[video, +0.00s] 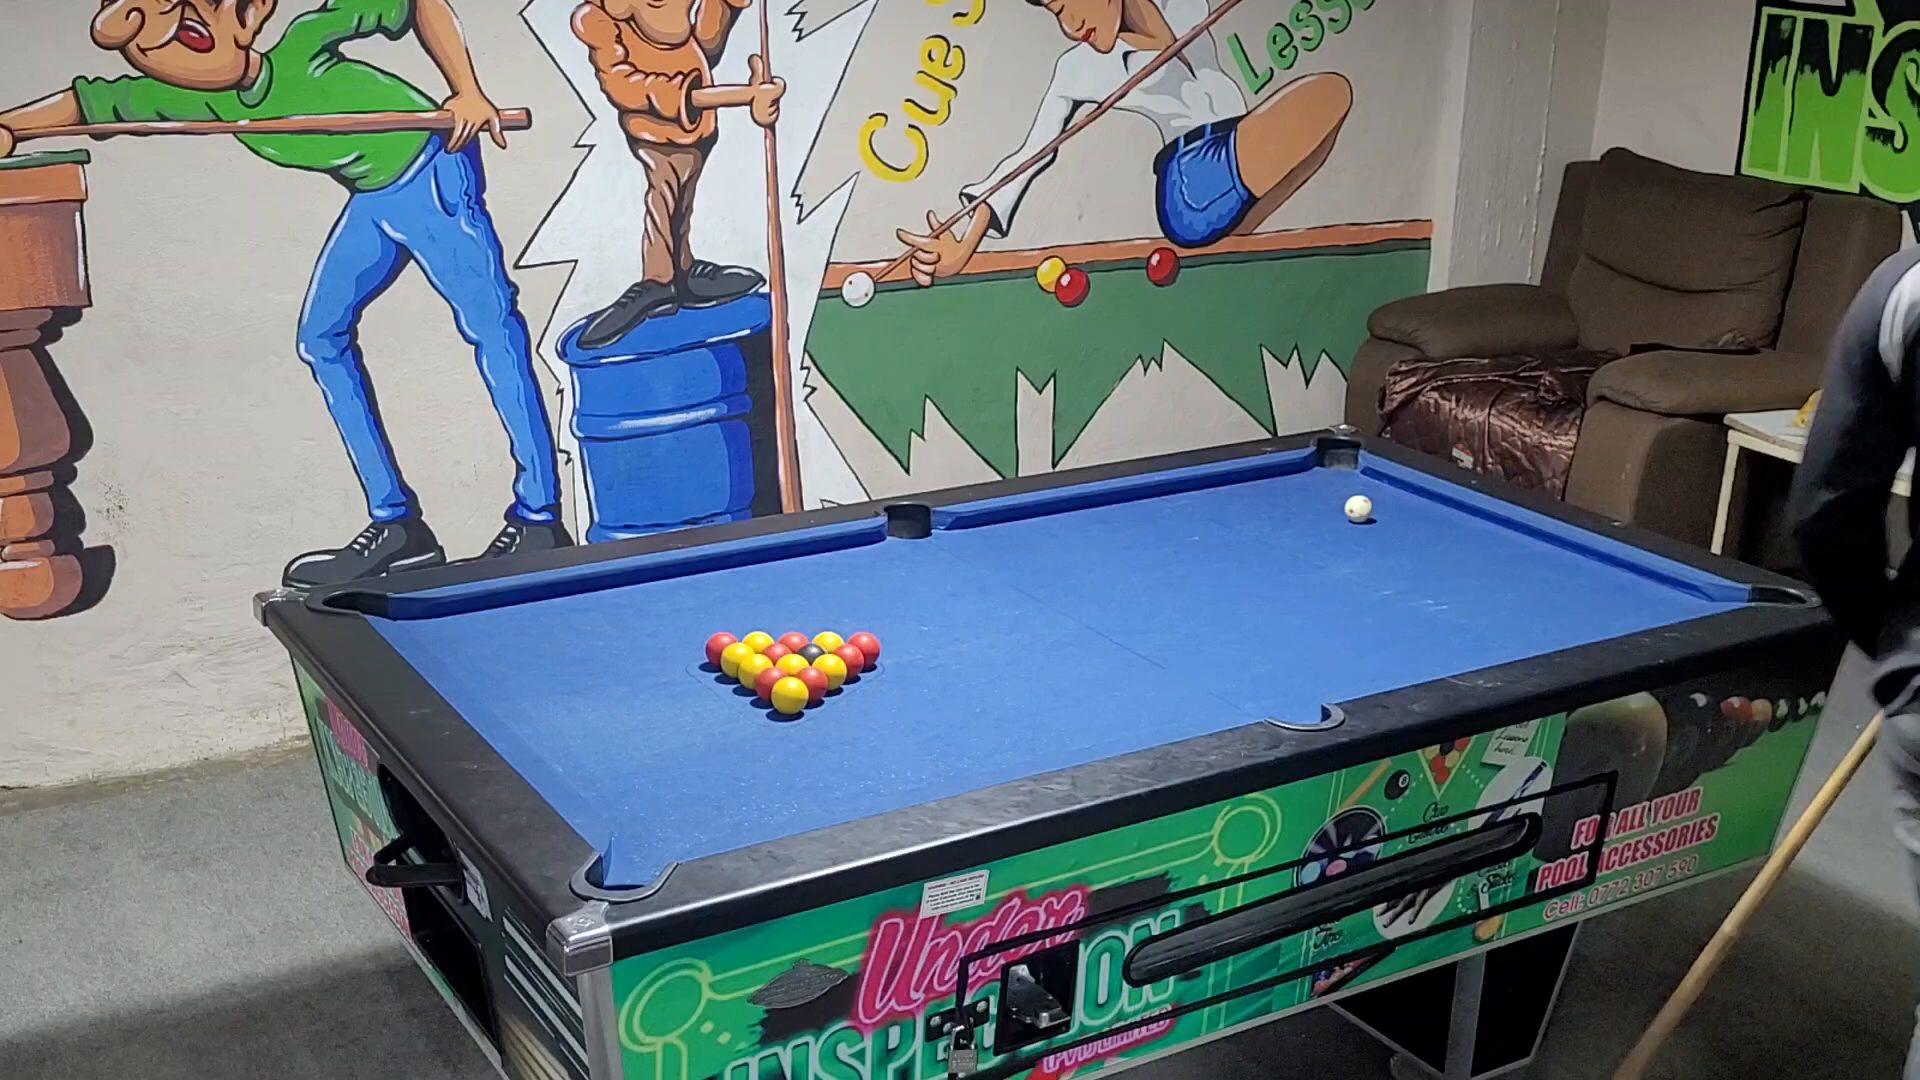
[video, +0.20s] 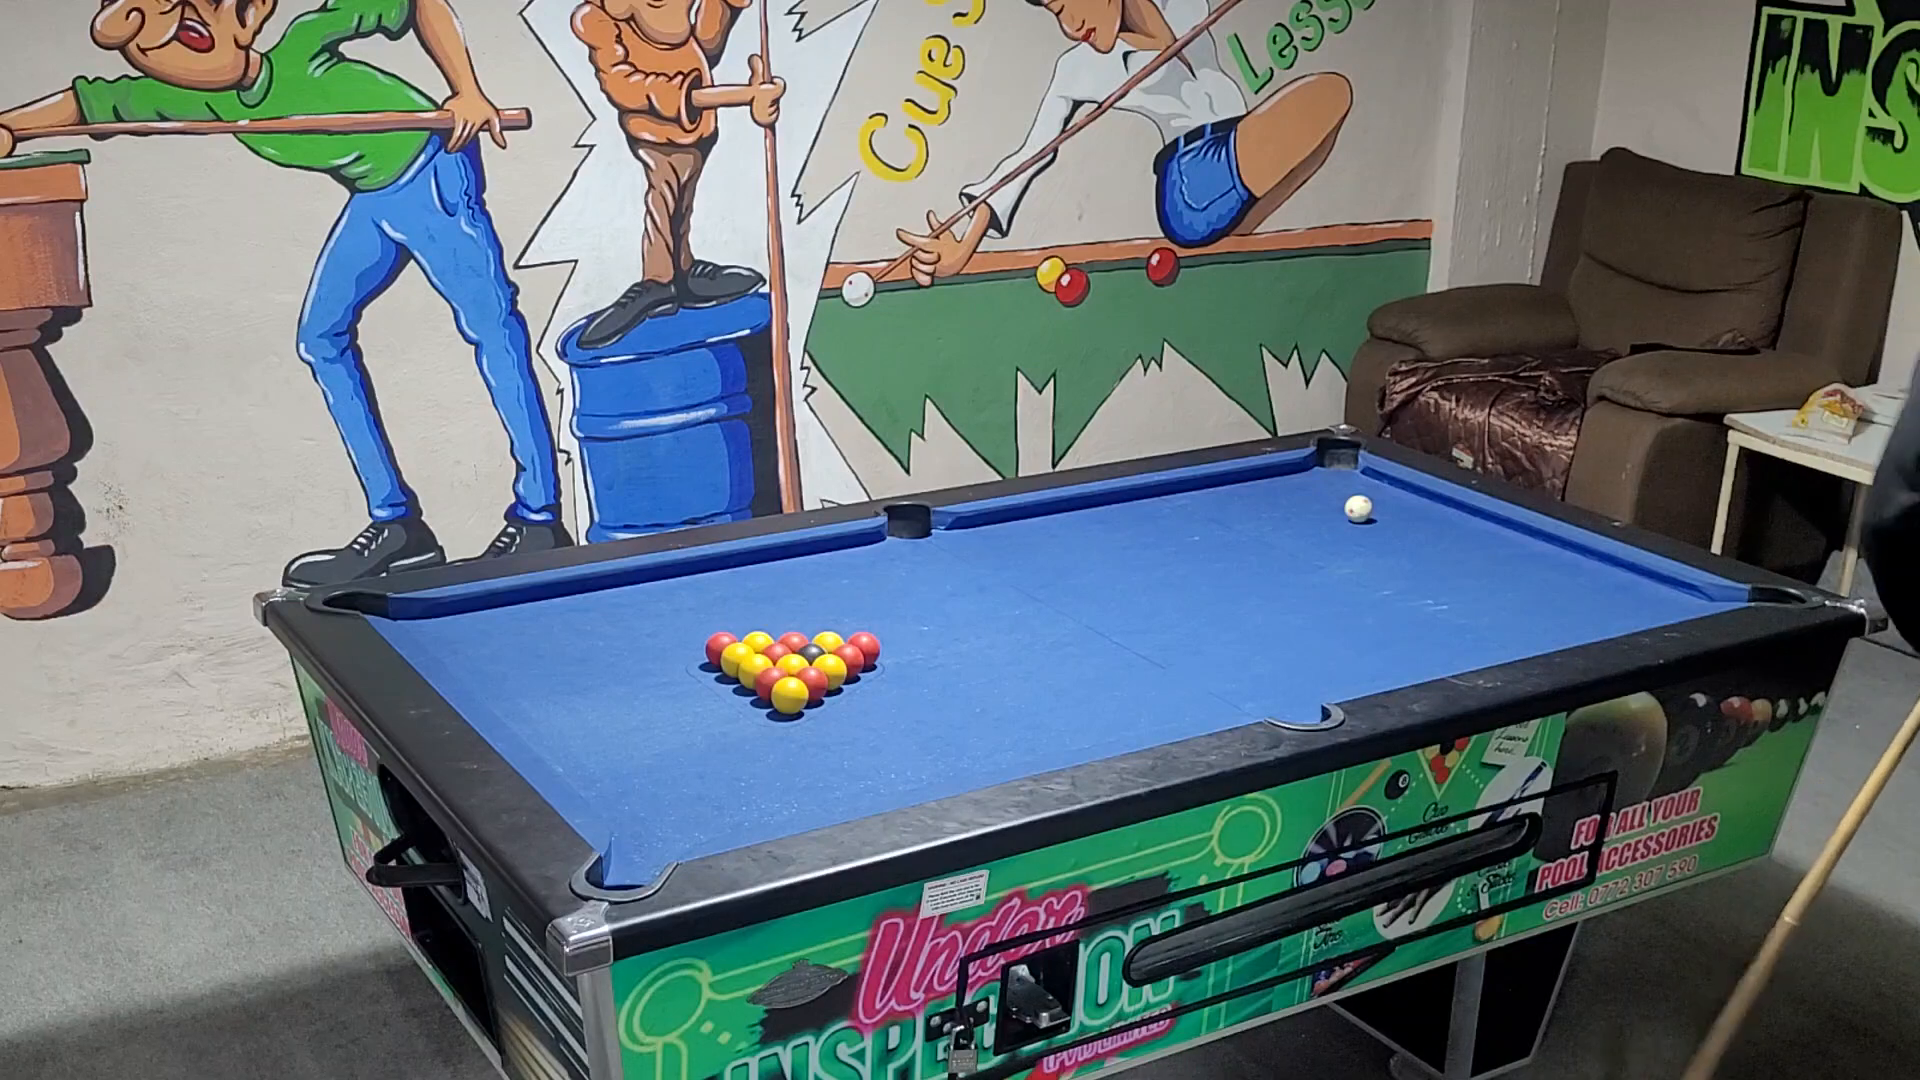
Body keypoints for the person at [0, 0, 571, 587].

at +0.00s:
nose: (207, 59)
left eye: (200, 44)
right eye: (190, 58)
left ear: (223, 23)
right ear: (181, 74)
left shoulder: (300, 37)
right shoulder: (211, 99)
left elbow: (419, 4)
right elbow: (89, 101)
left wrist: (466, 87)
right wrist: (9, 124)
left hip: (426, 166)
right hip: (369, 199)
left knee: (492, 330)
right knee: (322, 338)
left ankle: (540, 517)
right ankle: (397, 522)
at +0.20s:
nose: (207, 58)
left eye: (201, 43)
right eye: (190, 57)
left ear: (224, 22)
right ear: (181, 75)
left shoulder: (300, 37)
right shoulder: (211, 99)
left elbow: (419, 4)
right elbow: (89, 101)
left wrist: (466, 87)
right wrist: (9, 124)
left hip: (426, 166)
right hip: (369, 199)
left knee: (492, 330)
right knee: (321, 338)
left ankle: (540, 517)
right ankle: (397, 522)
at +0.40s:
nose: (207, 58)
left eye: (200, 43)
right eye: (189, 57)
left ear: (221, 22)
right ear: (181, 73)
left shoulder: (299, 37)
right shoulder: (211, 98)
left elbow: (419, 4)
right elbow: (89, 101)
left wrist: (467, 88)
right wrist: (9, 123)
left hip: (426, 165)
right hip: (368, 199)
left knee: (493, 331)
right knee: (322, 338)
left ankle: (540, 518)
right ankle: (397, 523)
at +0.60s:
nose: (208, 58)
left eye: (201, 43)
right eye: (190, 58)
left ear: (225, 22)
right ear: (182, 74)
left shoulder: (300, 37)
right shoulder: (211, 98)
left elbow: (419, 4)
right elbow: (88, 100)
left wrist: (467, 87)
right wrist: (9, 124)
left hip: (426, 165)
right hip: (369, 199)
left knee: (492, 330)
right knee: (322, 338)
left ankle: (540, 517)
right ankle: (397, 522)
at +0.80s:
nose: (208, 58)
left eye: (202, 43)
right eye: (191, 57)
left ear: (226, 22)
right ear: (182, 74)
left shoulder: (300, 37)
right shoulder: (211, 98)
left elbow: (419, 4)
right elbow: (88, 100)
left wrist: (467, 87)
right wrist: (9, 124)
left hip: (426, 166)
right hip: (369, 199)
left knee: (492, 330)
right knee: (322, 338)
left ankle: (540, 517)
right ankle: (397, 522)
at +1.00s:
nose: (207, 54)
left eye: (201, 39)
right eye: (190, 54)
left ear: (225, 19)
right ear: (181, 75)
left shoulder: (301, 37)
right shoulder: (212, 99)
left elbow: (418, 3)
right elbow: (89, 100)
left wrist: (467, 87)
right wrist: (10, 124)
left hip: (426, 165)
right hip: (369, 199)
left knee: (491, 327)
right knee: (322, 338)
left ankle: (540, 518)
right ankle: (397, 522)